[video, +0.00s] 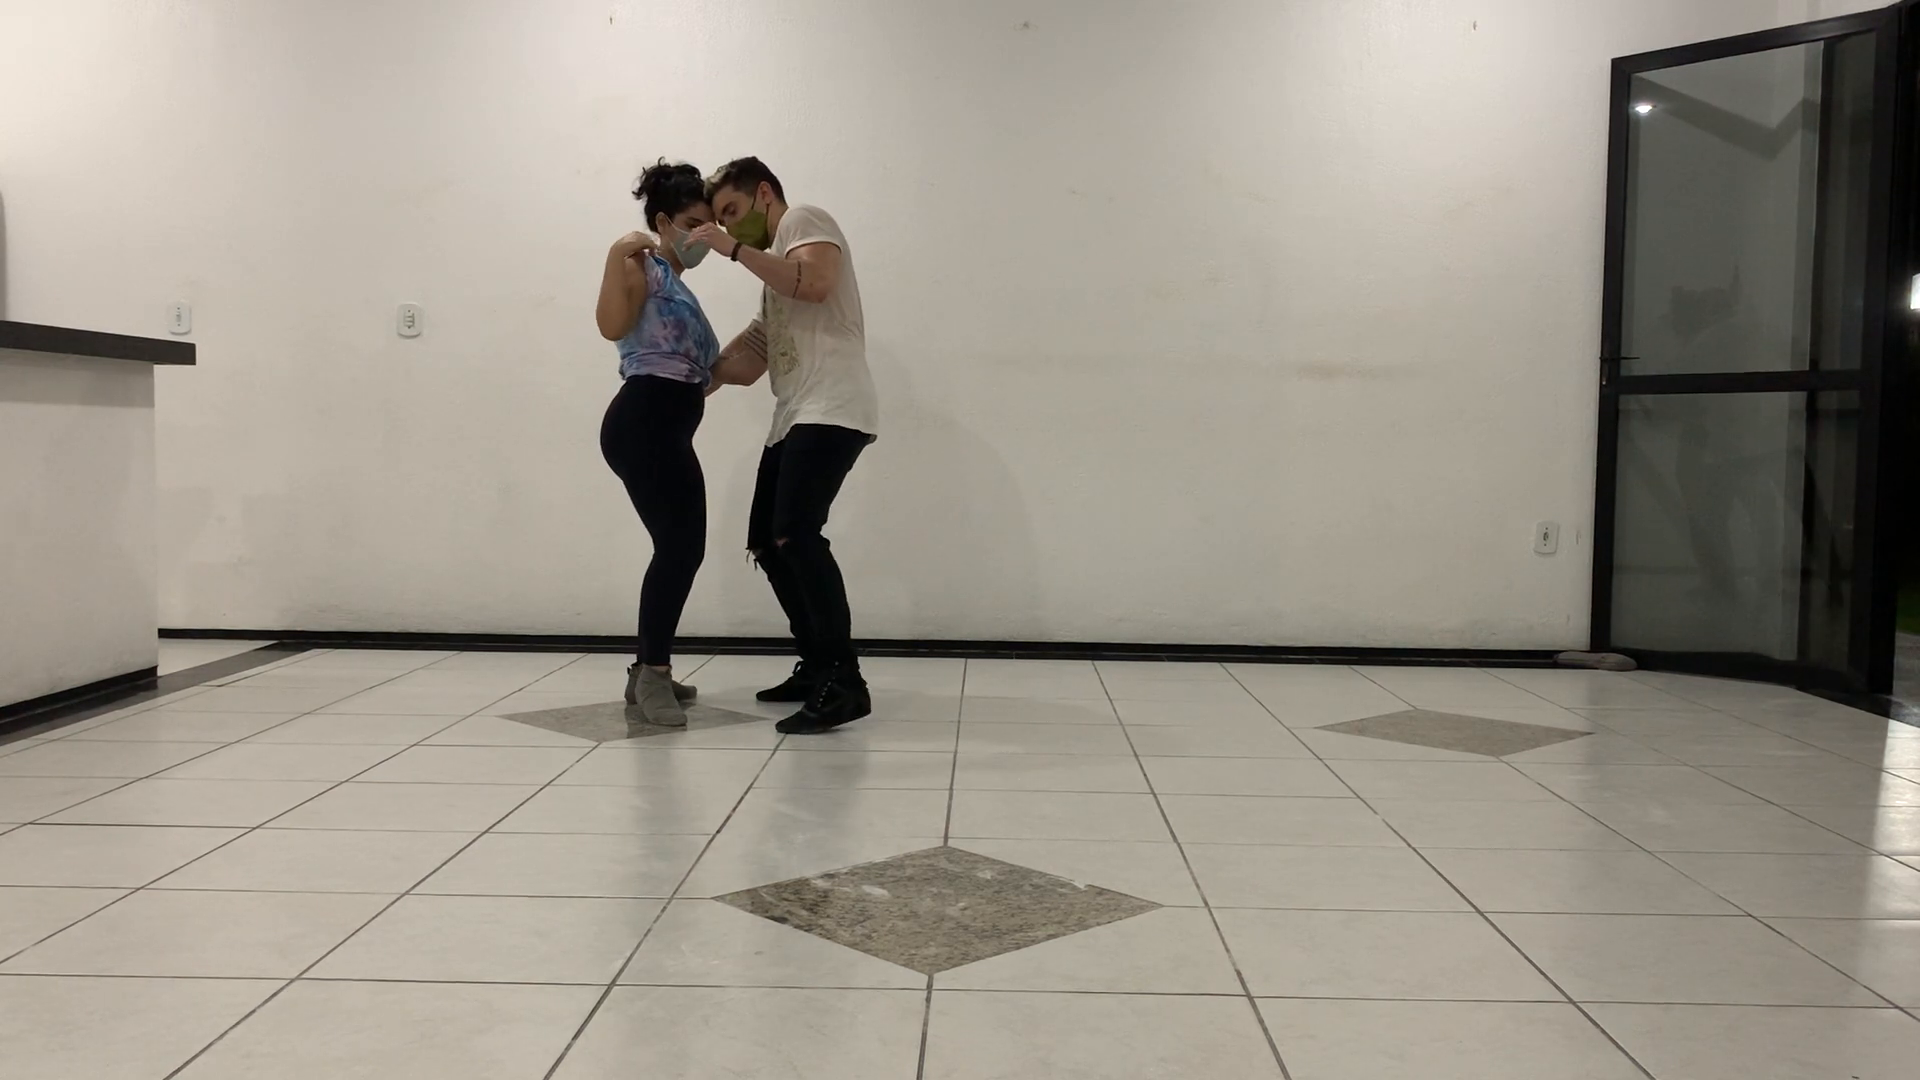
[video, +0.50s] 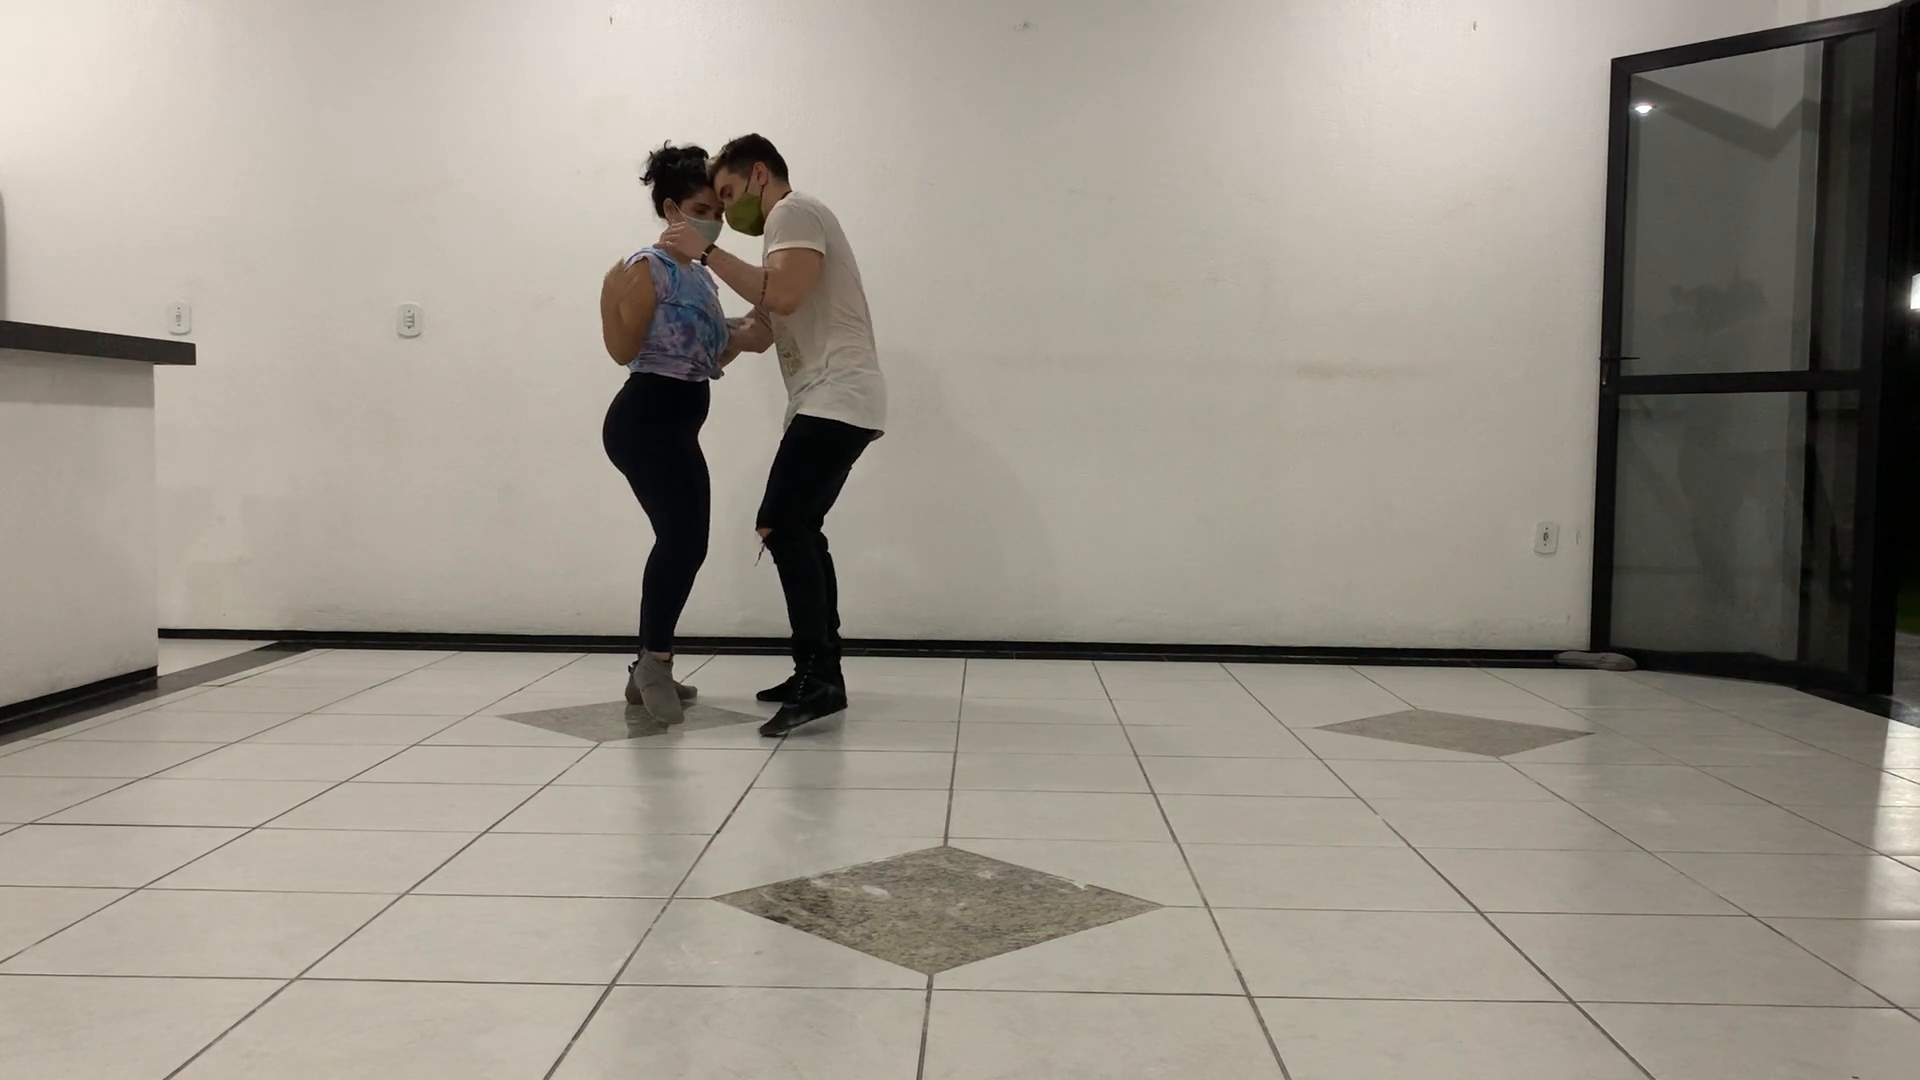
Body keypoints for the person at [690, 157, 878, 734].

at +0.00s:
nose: (730, 231)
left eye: (732, 214)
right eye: (722, 222)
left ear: (766, 194)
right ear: (748, 214)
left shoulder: (808, 220)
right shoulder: (775, 285)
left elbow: (812, 284)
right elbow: (744, 364)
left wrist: (735, 249)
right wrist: (682, 362)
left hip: (834, 406)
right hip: (794, 415)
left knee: (795, 532)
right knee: (767, 541)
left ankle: (845, 682)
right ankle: (816, 665)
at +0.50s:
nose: (726, 206)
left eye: (728, 191)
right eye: (720, 198)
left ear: (761, 174)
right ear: (763, 181)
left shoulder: (797, 212)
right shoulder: (789, 228)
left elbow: (784, 293)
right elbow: (760, 335)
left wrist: (706, 250)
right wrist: (689, 324)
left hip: (839, 397)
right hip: (828, 399)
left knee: (784, 523)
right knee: (794, 527)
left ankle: (821, 678)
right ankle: (816, 669)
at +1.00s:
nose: (721, 196)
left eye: (719, 181)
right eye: (714, 188)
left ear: (749, 157)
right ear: (756, 160)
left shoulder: (794, 194)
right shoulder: (797, 208)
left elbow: (772, 283)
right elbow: (746, 318)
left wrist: (692, 233)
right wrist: (675, 339)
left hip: (841, 396)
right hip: (853, 396)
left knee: (807, 537)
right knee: (833, 537)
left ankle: (823, 696)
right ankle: (817, 678)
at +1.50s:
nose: (694, 204)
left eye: (694, 188)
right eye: (688, 195)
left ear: (727, 164)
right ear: (726, 172)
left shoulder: (784, 197)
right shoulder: (760, 242)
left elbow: (793, 284)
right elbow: (682, 309)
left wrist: (698, 253)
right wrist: (592, 315)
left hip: (867, 395)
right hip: (878, 394)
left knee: (851, 548)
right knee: (892, 543)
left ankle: (825, 700)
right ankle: (895, 696)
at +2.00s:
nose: (670, 201)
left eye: (671, 185)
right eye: (664, 191)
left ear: (704, 160)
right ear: (702, 168)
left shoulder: (773, 195)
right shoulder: (726, 240)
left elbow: (800, 280)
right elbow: (665, 328)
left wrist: (704, 246)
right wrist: (578, 347)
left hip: (836, 395)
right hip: (788, 401)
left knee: (798, 540)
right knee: (729, 512)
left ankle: (824, 702)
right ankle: (873, 496)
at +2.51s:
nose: (632, 185)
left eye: (635, 168)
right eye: (624, 174)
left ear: (671, 144)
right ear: (659, 155)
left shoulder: (744, 193)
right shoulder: (665, 235)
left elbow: (782, 286)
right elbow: (626, 328)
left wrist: (691, 272)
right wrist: (540, 318)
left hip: (773, 400)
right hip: (706, 414)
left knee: (781, 548)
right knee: (684, 547)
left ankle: (810, 696)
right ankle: (648, 687)